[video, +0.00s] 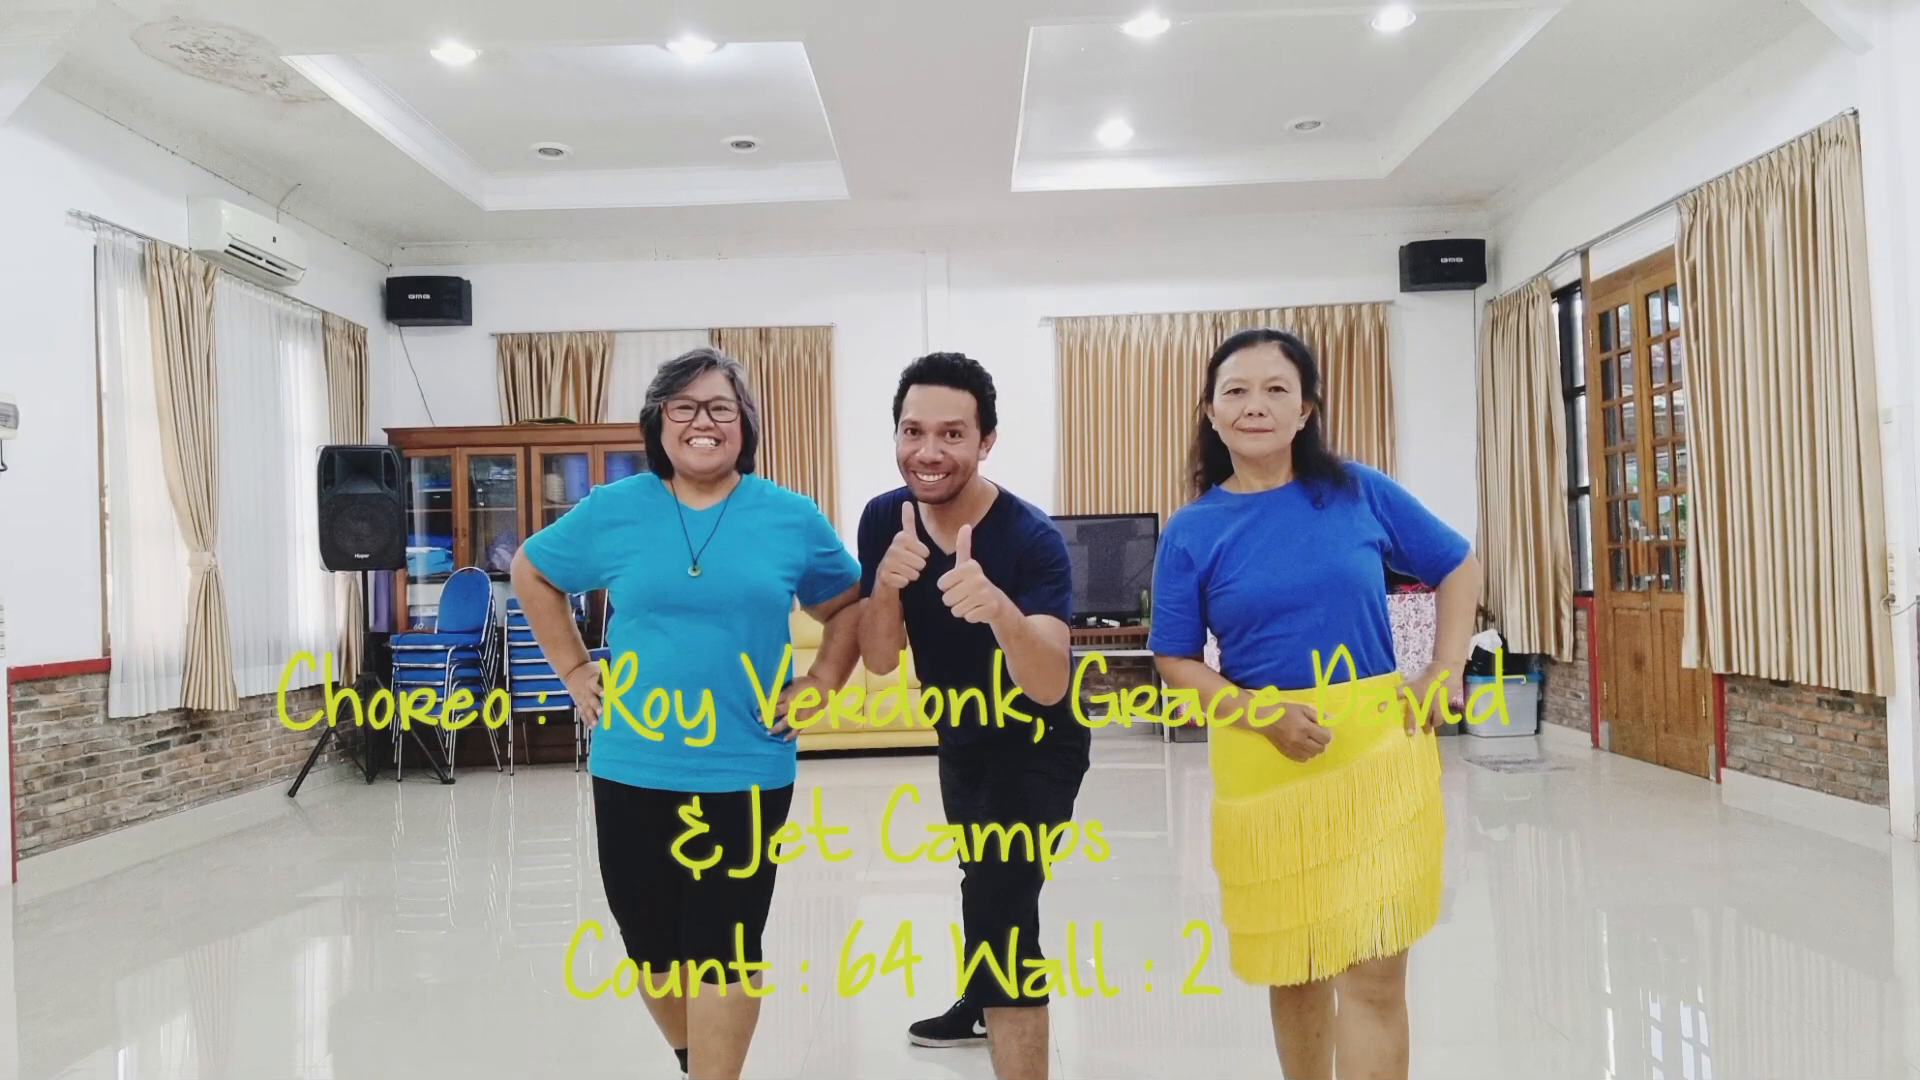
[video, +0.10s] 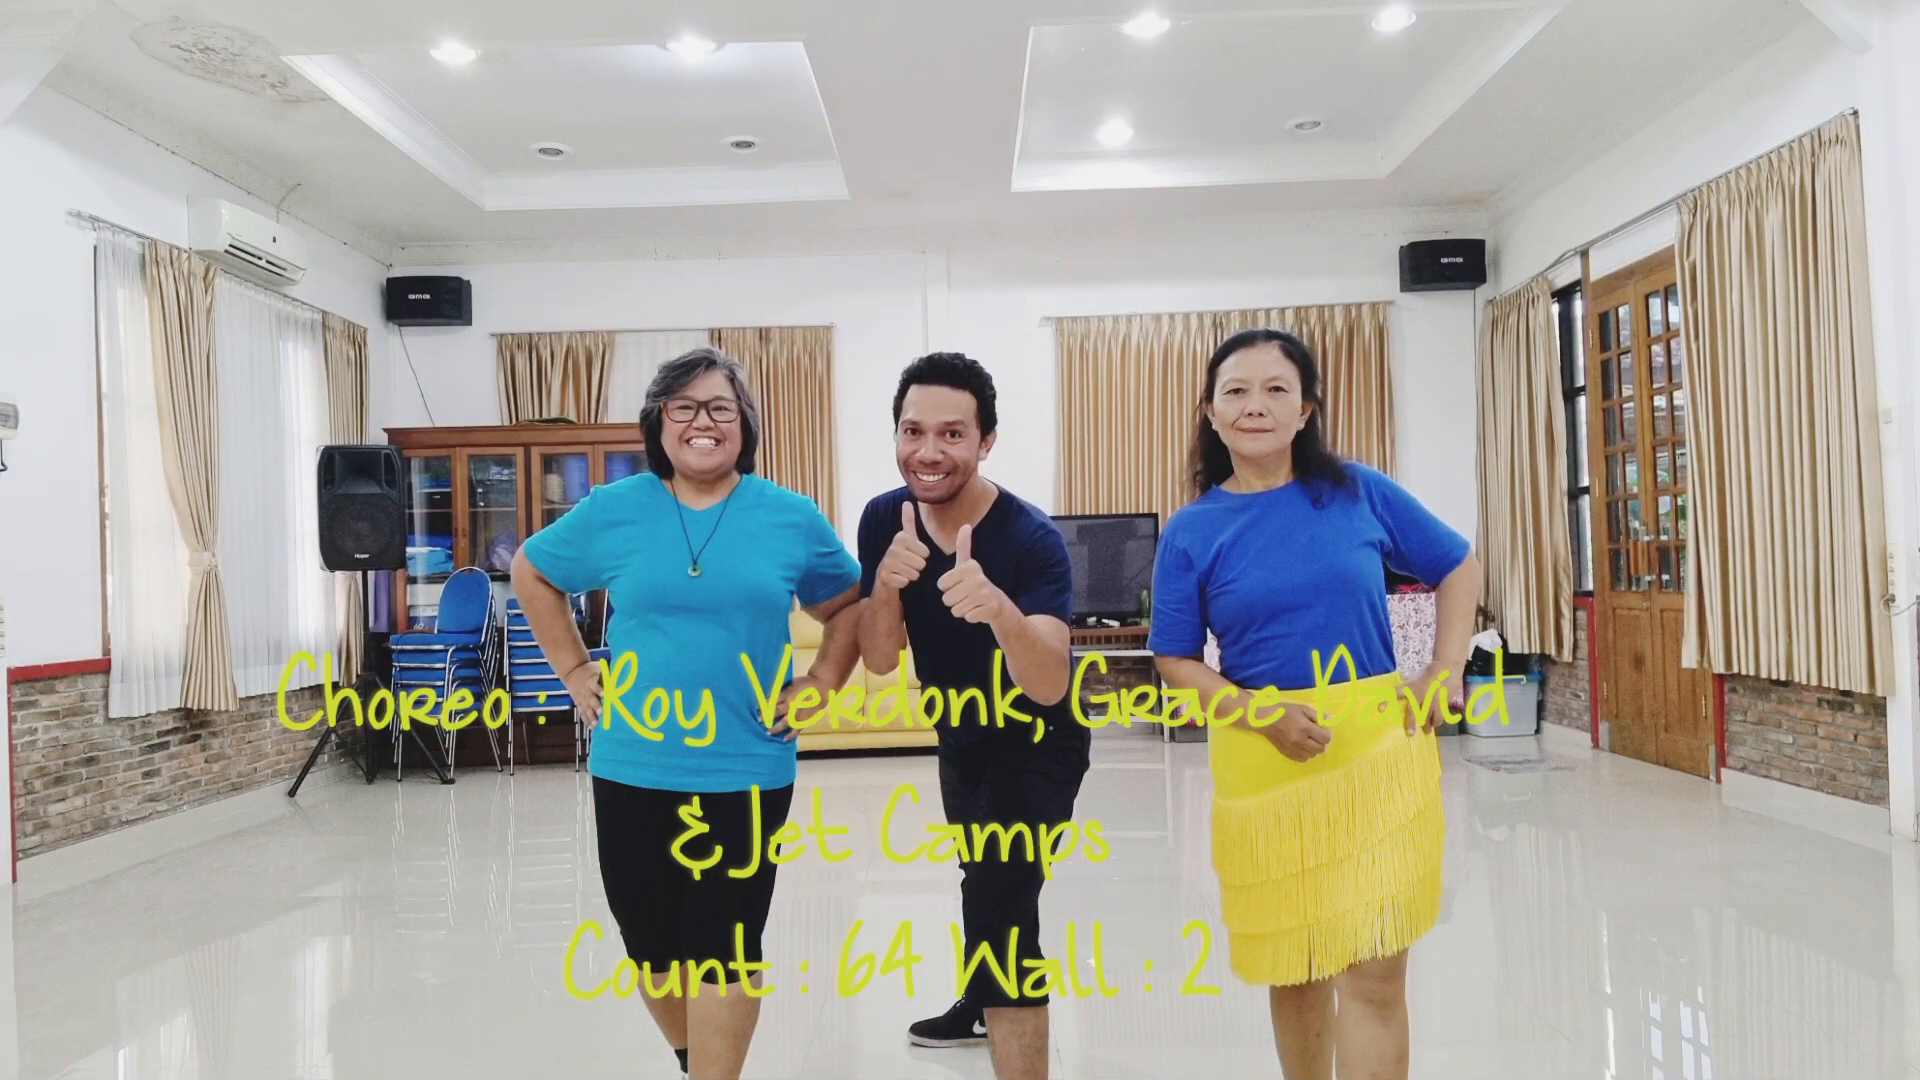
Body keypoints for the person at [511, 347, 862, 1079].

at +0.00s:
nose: (703, 421)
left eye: (720, 409)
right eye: (686, 408)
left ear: (746, 427)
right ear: (659, 425)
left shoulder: (791, 518)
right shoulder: (614, 510)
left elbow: (848, 607)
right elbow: (530, 570)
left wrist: (822, 682)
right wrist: (573, 668)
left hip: (745, 775)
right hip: (632, 774)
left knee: (725, 960)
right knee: (656, 963)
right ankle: (704, 1066)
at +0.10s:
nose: (703, 421)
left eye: (720, 409)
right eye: (686, 408)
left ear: (746, 427)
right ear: (659, 425)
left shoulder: (791, 518)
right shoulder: (614, 510)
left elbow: (848, 607)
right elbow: (530, 570)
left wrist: (822, 682)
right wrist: (573, 668)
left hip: (745, 775)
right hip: (632, 774)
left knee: (725, 960)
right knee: (656, 963)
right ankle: (704, 1066)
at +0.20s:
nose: (703, 421)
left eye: (720, 408)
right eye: (686, 408)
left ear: (746, 427)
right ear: (659, 425)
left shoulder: (790, 518)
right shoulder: (614, 510)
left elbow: (848, 607)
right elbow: (530, 570)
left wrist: (822, 682)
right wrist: (573, 668)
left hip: (745, 774)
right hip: (632, 774)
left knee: (725, 960)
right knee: (656, 963)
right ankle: (704, 1066)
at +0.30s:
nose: (703, 421)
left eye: (720, 408)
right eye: (686, 408)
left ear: (746, 427)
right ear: (659, 425)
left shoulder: (791, 518)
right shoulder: (614, 510)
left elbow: (848, 607)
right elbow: (530, 570)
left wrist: (822, 682)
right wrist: (573, 668)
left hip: (745, 774)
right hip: (632, 774)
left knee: (725, 960)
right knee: (656, 963)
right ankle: (704, 1066)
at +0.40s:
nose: (703, 421)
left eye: (720, 409)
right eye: (686, 408)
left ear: (746, 427)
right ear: (659, 425)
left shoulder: (790, 518)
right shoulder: (614, 510)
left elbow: (848, 607)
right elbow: (530, 570)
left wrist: (822, 681)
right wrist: (573, 668)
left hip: (745, 774)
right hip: (632, 774)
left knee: (725, 960)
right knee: (656, 963)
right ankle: (704, 1066)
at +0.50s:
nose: (703, 421)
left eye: (720, 409)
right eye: (686, 408)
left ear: (746, 427)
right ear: (659, 425)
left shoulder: (790, 518)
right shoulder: (614, 510)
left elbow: (848, 607)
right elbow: (530, 570)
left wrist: (822, 681)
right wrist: (573, 668)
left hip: (745, 774)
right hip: (632, 774)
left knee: (725, 960)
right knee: (656, 963)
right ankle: (704, 1066)